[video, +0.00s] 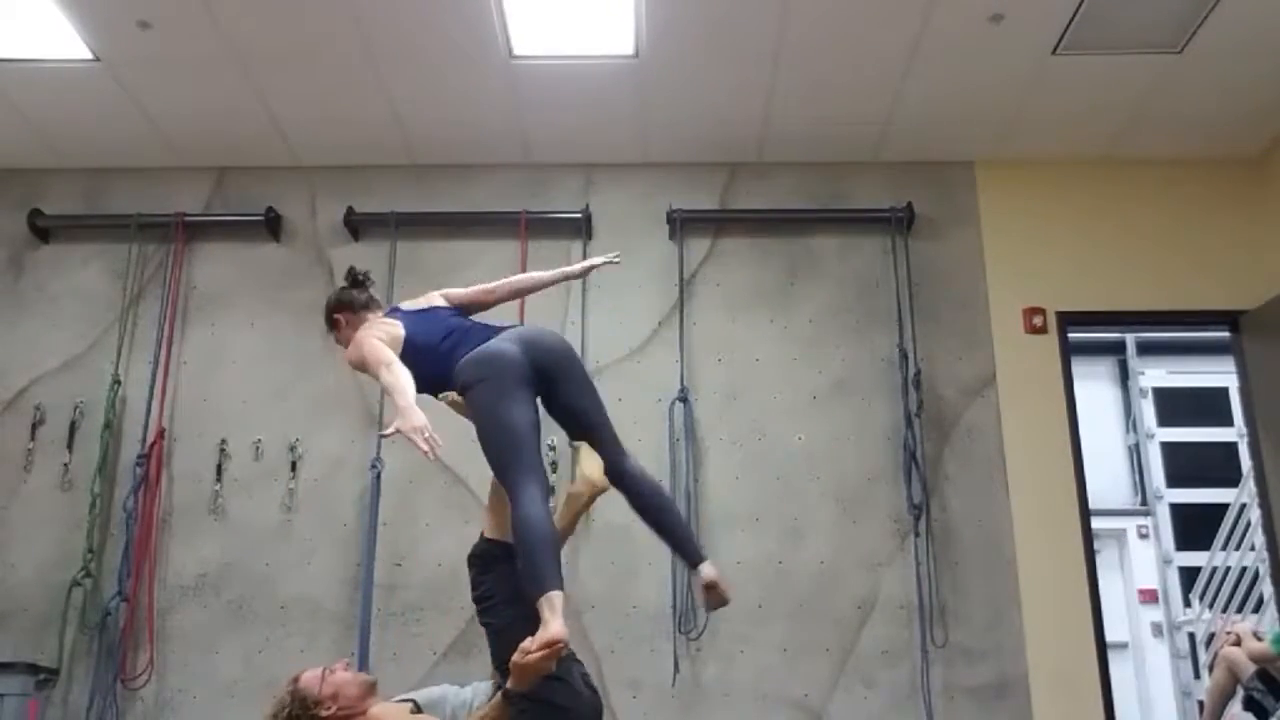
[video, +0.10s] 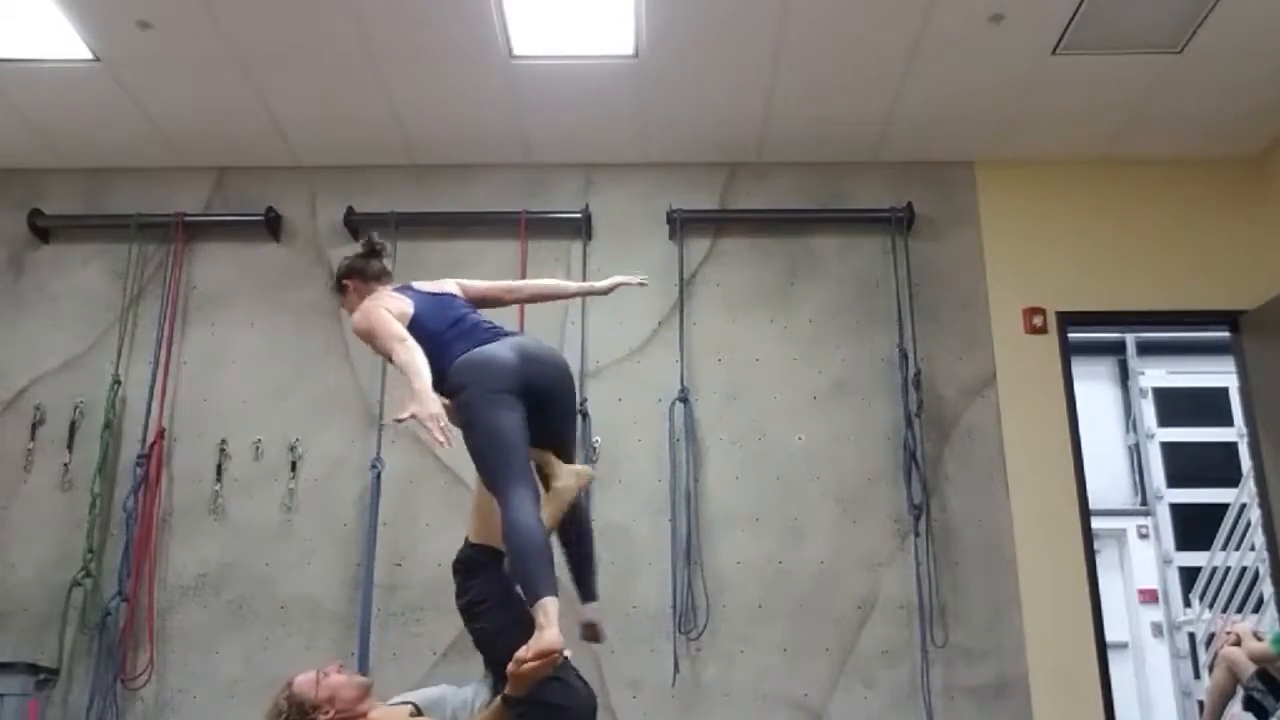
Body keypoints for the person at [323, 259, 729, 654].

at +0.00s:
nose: (345, 349)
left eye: (338, 340)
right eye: (340, 342)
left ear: (345, 322)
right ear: (372, 305)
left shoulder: (366, 342)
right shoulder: (422, 302)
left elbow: (392, 370)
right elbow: (500, 289)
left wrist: (407, 408)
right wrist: (569, 272)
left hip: (489, 365)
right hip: (539, 339)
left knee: (527, 492)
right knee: (619, 464)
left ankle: (553, 621)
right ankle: (701, 566)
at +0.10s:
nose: (347, 308)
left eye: (344, 299)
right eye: (345, 300)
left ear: (352, 288)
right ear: (385, 278)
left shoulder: (368, 312)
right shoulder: (438, 287)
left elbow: (402, 344)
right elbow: (511, 290)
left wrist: (422, 394)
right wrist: (591, 287)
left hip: (481, 366)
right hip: (543, 354)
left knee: (516, 493)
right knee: (566, 480)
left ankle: (548, 625)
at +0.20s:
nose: (393, 278)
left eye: (393, 271)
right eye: (393, 272)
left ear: (404, 265)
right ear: (441, 260)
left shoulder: (404, 284)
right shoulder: (483, 276)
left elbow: (417, 322)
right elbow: (564, 293)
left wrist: (395, 396)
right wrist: (637, 306)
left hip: (479, 375)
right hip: (543, 374)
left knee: (502, 501)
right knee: (537, 455)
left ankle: (528, 632)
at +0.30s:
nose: (420, 267)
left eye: (421, 262)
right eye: (422, 262)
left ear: (431, 260)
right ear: (469, 258)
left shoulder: (426, 281)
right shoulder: (505, 278)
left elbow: (435, 317)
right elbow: (584, 309)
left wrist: (408, 382)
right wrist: (647, 337)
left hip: (483, 379)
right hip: (546, 374)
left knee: (508, 503)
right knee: (556, 446)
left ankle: (531, 627)